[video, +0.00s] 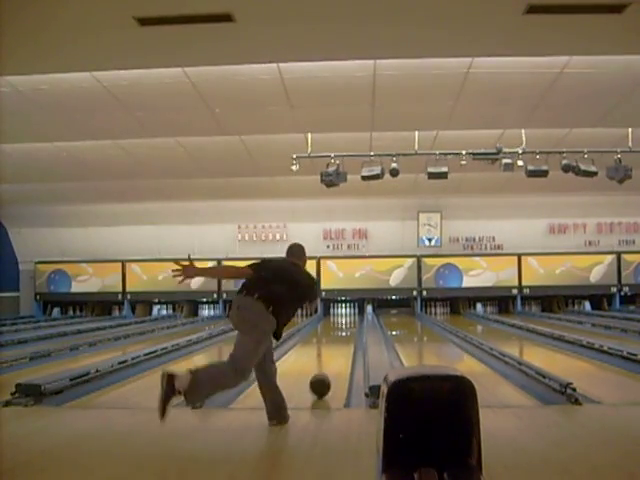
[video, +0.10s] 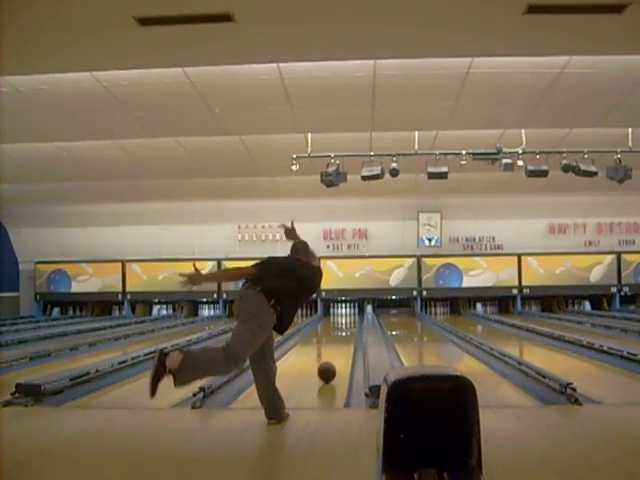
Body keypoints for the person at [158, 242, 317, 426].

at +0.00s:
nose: (301, 263)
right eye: (303, 259)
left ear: (287, 255)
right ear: (304, 260)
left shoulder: (272, 264)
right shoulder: (309, 282)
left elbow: (237, 272)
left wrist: (198, 271)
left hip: (239, 308)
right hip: (261, 319)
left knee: (266, 368)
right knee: (238, 370)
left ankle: (277, 415)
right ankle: (179, 383)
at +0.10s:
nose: (314, 259)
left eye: (311, 255)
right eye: (312, 256)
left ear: (293, 255)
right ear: (308, 258)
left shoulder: (276, 262)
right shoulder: (314, 273)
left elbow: (242, 272)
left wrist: (203, 277)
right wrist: (296, 238)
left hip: (246, 299)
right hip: (263, 308)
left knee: (264, 364)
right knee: (231, 358)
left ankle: (275, 414)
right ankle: (172, 362)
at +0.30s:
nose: (316, 248)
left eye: (313, 246)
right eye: (316, 246)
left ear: (297, 243)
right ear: (314, 246)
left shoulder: (281, 254)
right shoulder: (315, 261)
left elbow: (244, 276)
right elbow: (333, 273)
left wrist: (216, 295)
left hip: (247, 292)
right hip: (263, 299)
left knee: (264, 358)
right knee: (237, 351)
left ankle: (274, 412)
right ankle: (176, 349)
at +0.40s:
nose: (317, 248)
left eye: (315, 245)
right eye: (317, 245)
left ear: (298, 242)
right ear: (315, 244)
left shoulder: (281, 254)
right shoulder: (316, 261)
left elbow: (244, 279)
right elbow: (337, 291)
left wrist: (218, 299)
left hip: (246, 293)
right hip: (261, 298)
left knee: (265, 358)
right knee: (240, 350)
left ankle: (275, 413)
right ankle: (176, 350)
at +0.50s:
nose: (317, 248)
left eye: (314, 245)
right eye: (317, 245)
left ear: (299, 241)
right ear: (316, 245)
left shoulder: (282, 253)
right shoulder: (317, 265)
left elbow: (245, 278)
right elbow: (334, 305)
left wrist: (219, 298)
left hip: (246, 293)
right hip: (261, 300)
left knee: (265, 360)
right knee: (238, 349)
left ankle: (275, 413)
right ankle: (176, 348)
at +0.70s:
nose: (317, 245)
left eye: (313, 239)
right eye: (318, 242)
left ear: (301, 238)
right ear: (318, 242)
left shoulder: (283, 250)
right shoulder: (317, 265)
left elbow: (248, 274)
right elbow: (317, 308)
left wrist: (220, 295)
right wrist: (310, 340)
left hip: (248, 288)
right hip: (262, 297)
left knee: (264, 356)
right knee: (237, 347)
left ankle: (274, 412)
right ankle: (177, 342)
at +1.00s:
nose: (317, 236)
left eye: (313, 230)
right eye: (319, 233)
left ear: (301, 229)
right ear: (319, 233)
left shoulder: (284, 243)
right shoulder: (316, 256)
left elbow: (255, 269)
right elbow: (303, 292)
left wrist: (232, 295)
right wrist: (283, 320)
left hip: (245, 290)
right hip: (261, 297)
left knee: (264, 357)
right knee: (246, 352)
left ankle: (273, 412)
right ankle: (191, 375)